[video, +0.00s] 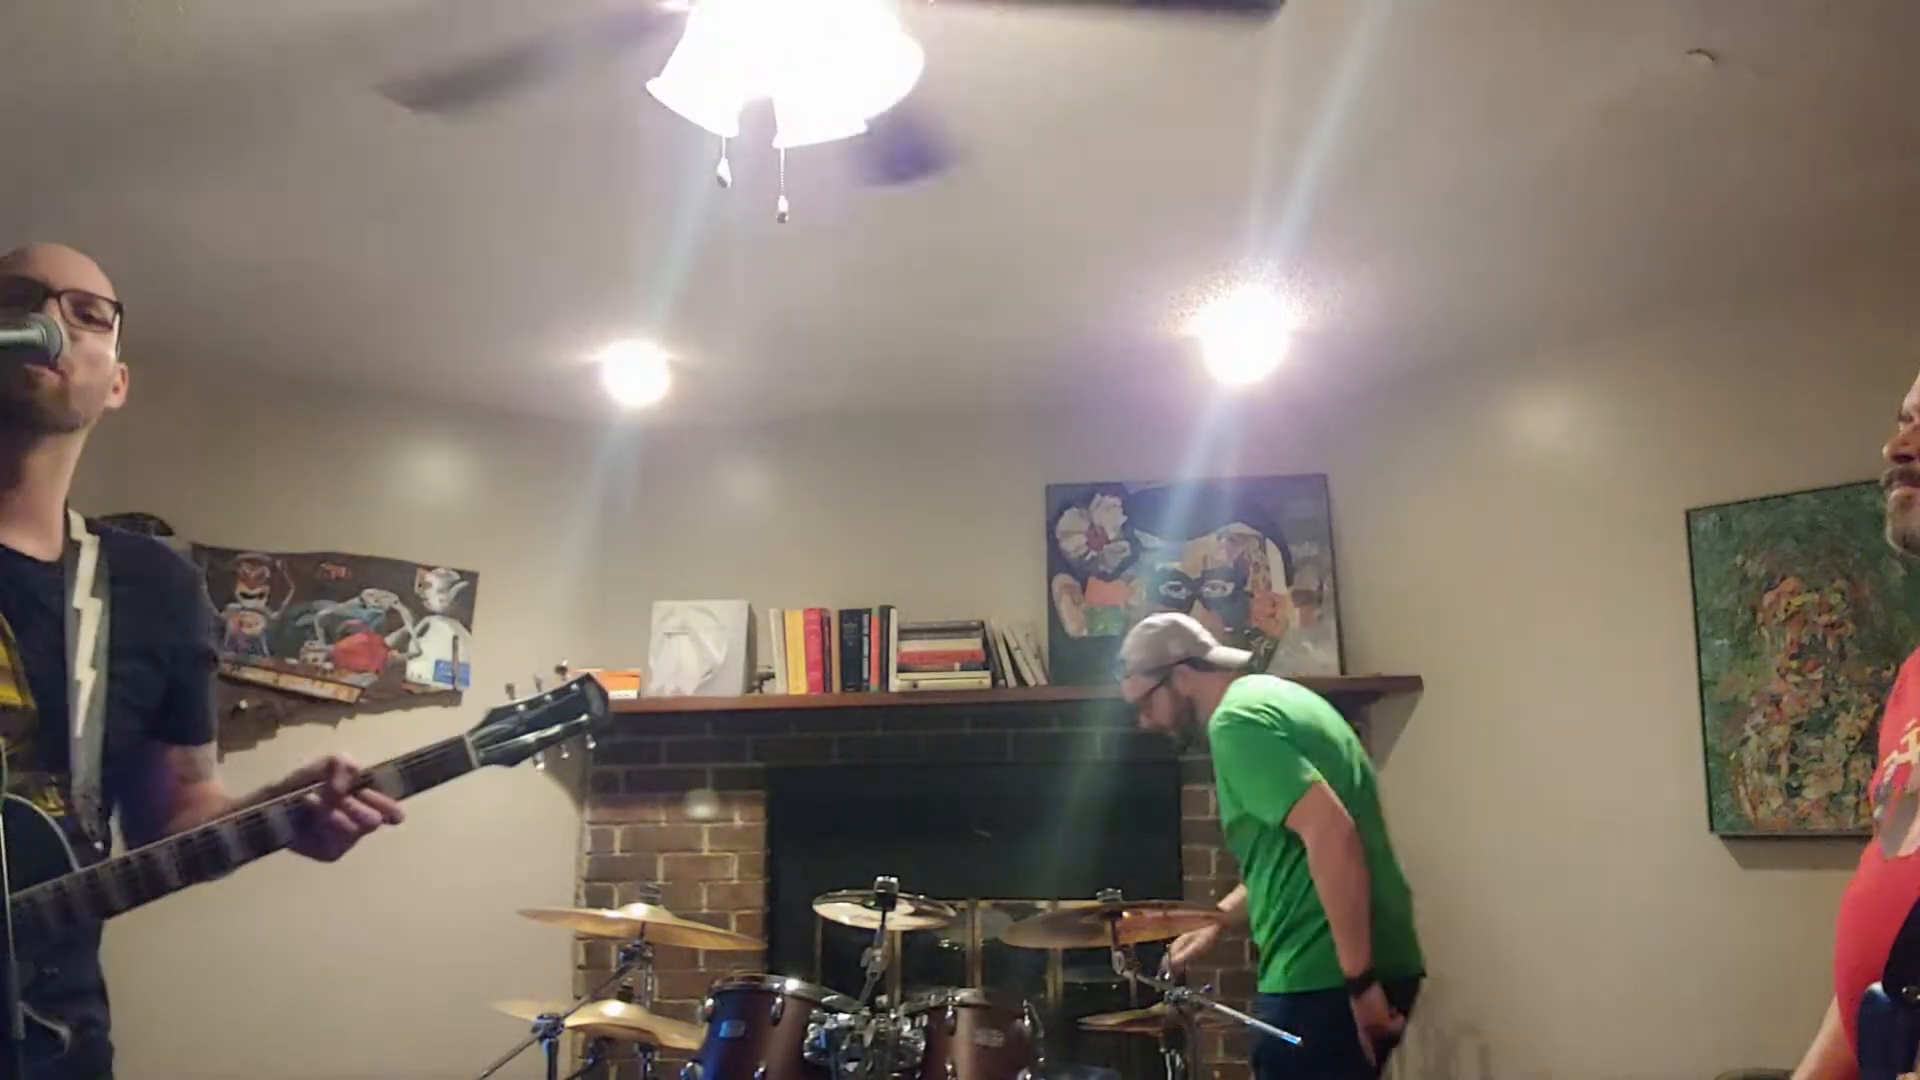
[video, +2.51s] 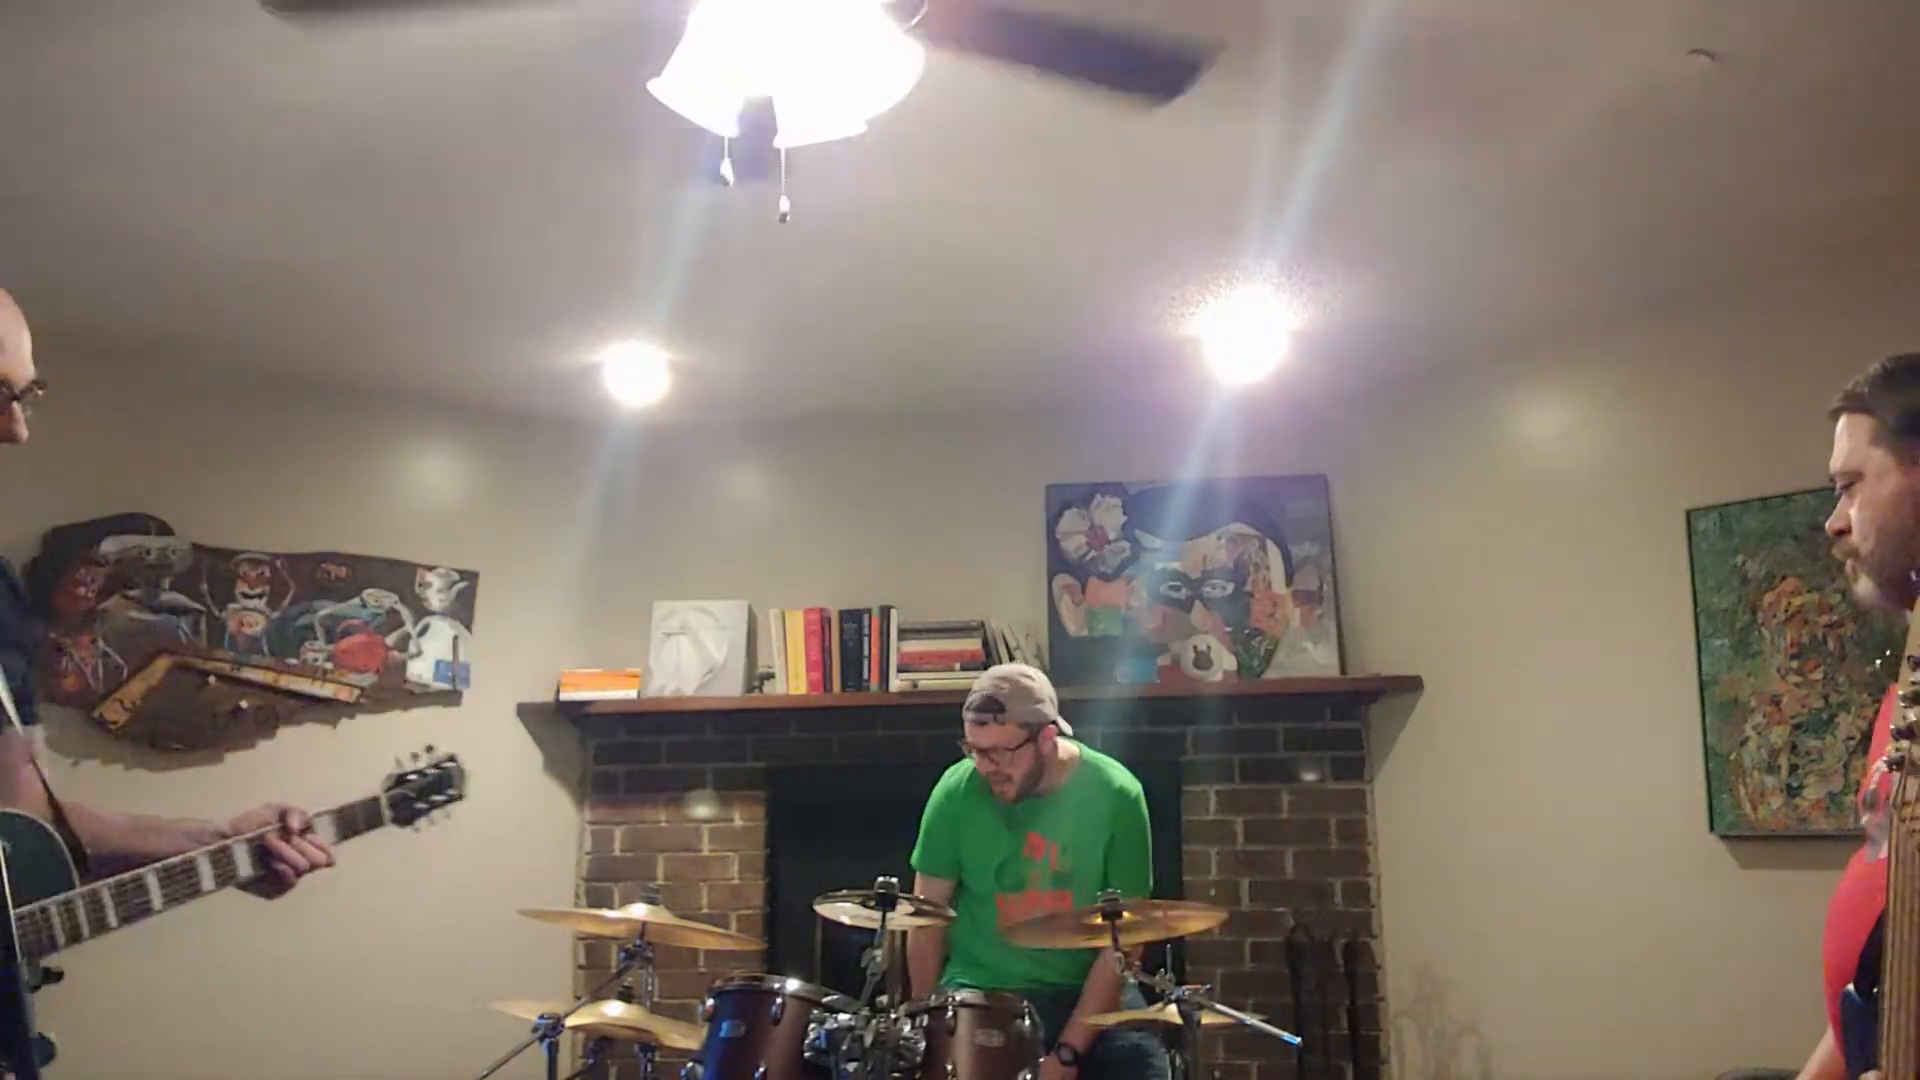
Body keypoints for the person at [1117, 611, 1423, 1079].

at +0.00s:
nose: (1145, 723)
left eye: (1145, 704)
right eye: (1138, 710)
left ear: (1181, 677)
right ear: (1185, 675)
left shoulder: (1236, 722)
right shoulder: (1282, 698)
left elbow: (1330, 830)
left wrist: (1361, 981)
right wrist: (1217, 919)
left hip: (1319, 990)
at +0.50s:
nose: (1086, 734)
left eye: (1086, 716)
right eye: (1077, 723)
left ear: (1125, 687)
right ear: (1125, 689)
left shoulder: (1241, 716)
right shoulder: (1126, 764)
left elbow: (1349, 803)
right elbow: (1111, 893)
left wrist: (1384, 931)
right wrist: (1069, 1005)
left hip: (1280, 976)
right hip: (1197, 980)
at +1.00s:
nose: (1079, 703)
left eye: (1086, 685)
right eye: (1072, 689)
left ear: (1132, 664)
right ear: (1131, 666)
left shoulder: (1242, 716)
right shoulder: (1098, 741)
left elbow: (1324, 815)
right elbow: (1083, 868)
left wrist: (1336, 941)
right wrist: (1055, 980)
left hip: (1229, 975)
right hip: (1121, 964)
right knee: (1064, 1066)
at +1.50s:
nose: (1084, 700)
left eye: (1103, 686)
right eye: (1075, 681)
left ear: (1145, 682)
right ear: (1064, 670)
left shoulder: (1180, 772)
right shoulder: (1017, 738)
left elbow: (1192, 912)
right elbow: (965, 843)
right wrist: (949, 964)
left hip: (1116, 988)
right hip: (1007, 975)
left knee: (1115, 1064)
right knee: (963, 1064)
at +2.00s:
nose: (1040, 765)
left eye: (1057, 748)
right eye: (1024, 747)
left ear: (1087, 744)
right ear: (1004, 742)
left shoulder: (1126, 822)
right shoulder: (961, 805)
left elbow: (1123, 955)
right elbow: (922, 921)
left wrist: (1060, 1064)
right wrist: (920, 1031)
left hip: (1082, 1004)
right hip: (973, 1002)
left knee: (1146, 1069)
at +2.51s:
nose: (984, 768)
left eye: (997, 754)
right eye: (975, 752)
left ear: (1047, 738)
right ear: (966, 742)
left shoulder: (1115, 796)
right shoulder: (956, 792)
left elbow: (1126, 937)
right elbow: (926, 917)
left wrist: (1066, 1053)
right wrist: (925, 1029)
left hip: (1085, 991)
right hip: (980, 990)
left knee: (1142, 1064)